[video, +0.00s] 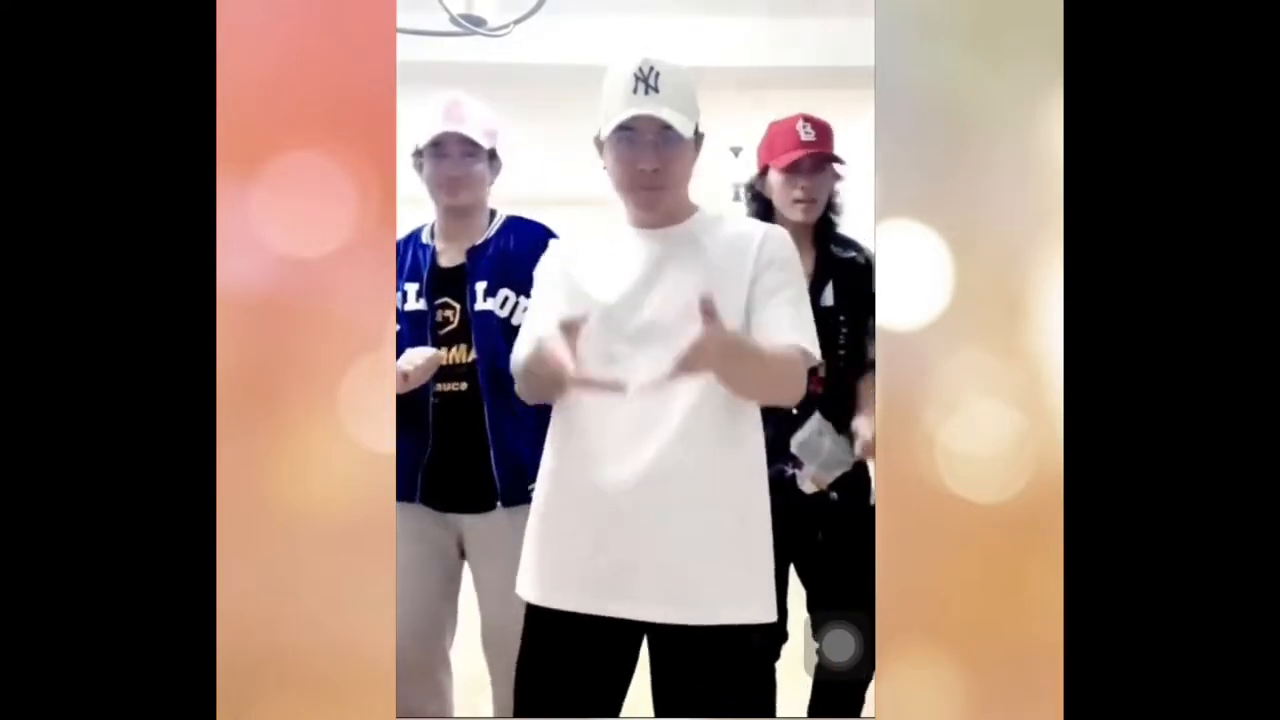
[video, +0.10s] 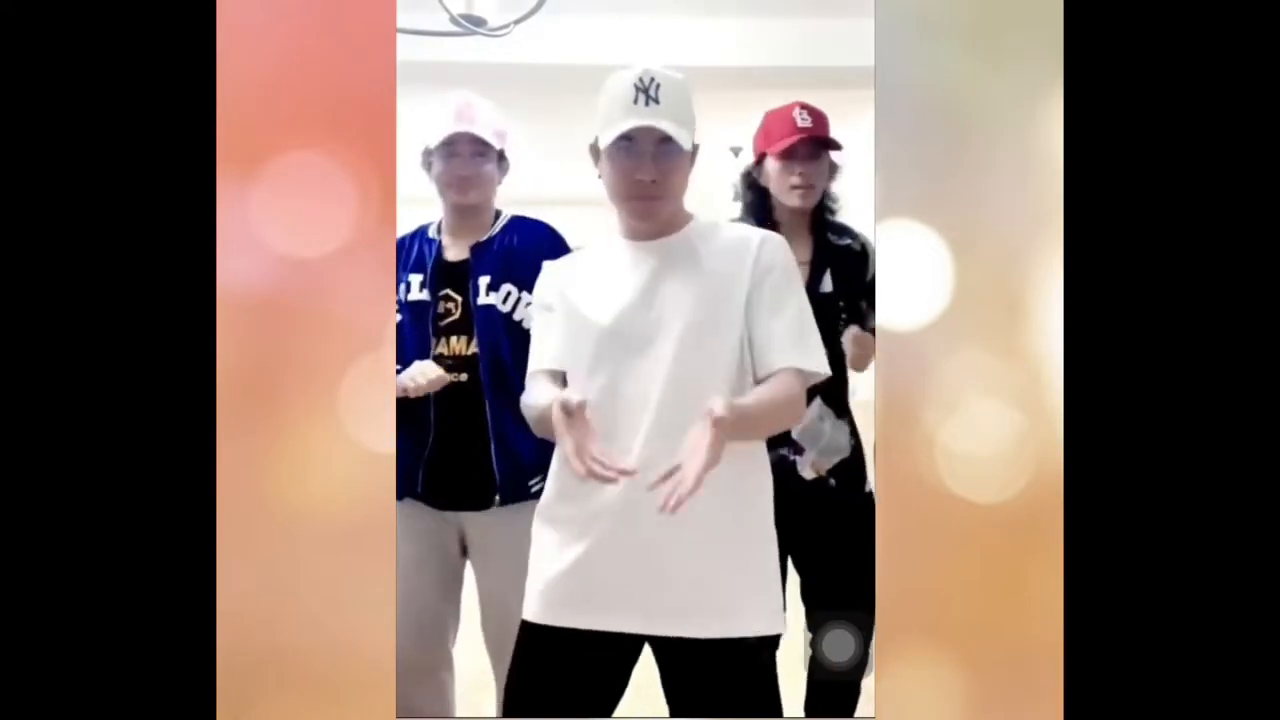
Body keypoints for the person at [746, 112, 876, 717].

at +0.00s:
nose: (806, 183)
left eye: (818, 170)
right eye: (791, 171)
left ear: (833, 180)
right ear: (764, 180)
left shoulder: (855, 266)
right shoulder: (736, 258)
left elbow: (866, 365)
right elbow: (718, 361)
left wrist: (865, 425)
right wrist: (733, 443)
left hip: (837, 485)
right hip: (752, 482)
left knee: (849, 651)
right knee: (750, 644)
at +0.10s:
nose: (802, 170)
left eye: (814, 157)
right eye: (787, 158)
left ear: (829, 168)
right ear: (760, 168)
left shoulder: (851, 251)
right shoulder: (731, 247)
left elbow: (864, 354)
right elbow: (710, 339)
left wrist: (850, 324)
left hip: (832, 460)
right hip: (748, 455)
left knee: (844, 636)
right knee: (749, 629)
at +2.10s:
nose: (799, 159)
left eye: (810, 149)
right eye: (783, 151)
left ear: (827, 164)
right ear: (757, 168)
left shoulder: (863, 253)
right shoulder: (735, 252)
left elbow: (899, 348)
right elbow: (740, 367)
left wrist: (799, 341)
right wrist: (847, 367)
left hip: (853, 475)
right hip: (768, 473)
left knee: (850, 643)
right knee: (768, 642)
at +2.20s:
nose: (799, 162)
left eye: (811, 152)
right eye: (782, 152)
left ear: (824, 169)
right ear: (755, 171)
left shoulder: (857, 259)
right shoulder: (726, 256)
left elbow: (901, 357)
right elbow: (728, 370)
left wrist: (830, 347)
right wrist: (841, 380)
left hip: (849, 480)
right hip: (764, 481)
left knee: (853, 646)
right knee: (775, 638)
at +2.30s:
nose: (797, 157)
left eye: (809, 148)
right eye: (781, 148)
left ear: (823, 166)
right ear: (753, 166)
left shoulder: (857, 259)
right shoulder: (724, 255)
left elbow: (906, 356)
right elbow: (714, 361)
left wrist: (848, 342)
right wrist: (829, 379)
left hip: (850, 483)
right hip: (761, 482)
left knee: (851, 649)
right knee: (765, 644)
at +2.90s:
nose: (800, 160)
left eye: (814, 150)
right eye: (786, 150)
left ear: (834, 167)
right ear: (763, 168)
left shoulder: (868, 255)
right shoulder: (737, 251)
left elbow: (891, 359)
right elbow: (720, 371)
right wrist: (763, 438)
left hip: (844, 479)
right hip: (753, 474)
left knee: (841, 646)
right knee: (747, 641)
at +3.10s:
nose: (809, 157)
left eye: (822, 146)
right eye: (794, 146)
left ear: (840, 164)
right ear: (771, 165)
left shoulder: (875, 248)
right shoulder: (743, 251)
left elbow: (897, 358)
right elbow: (723, 348)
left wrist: (818, 321)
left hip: (852, 464)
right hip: (762, 457)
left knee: (845, 632)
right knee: (754, 624)